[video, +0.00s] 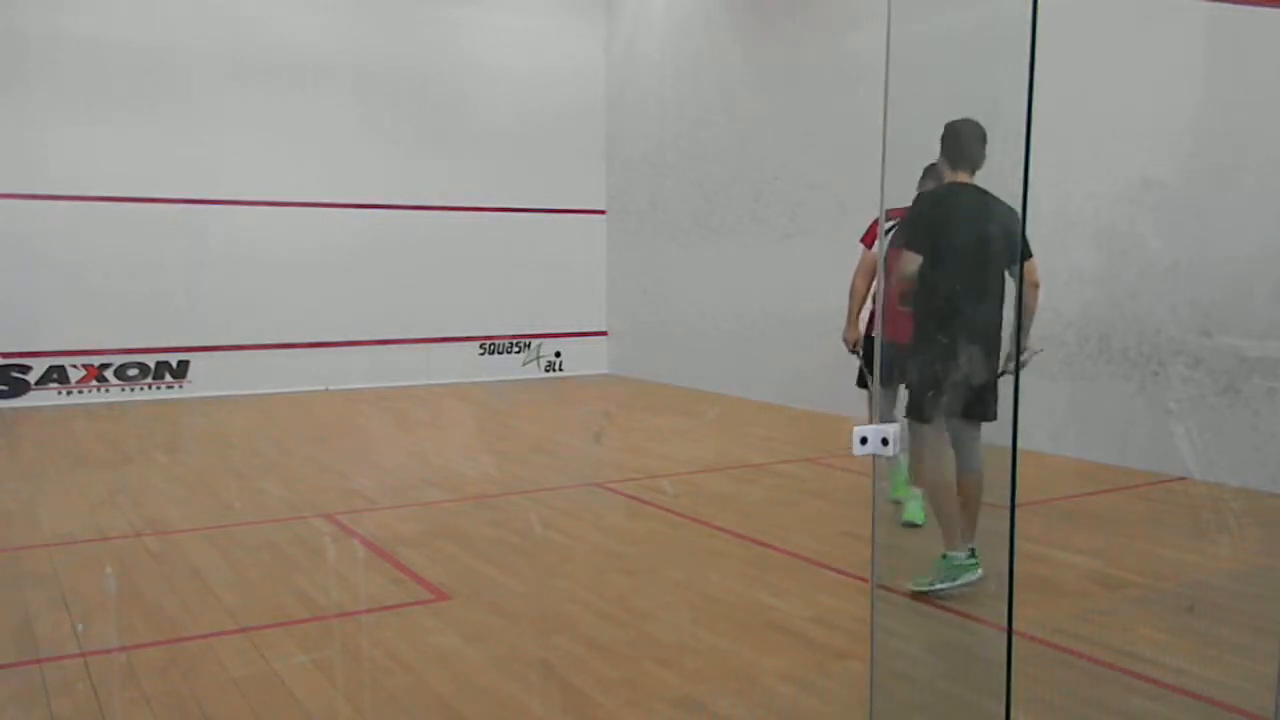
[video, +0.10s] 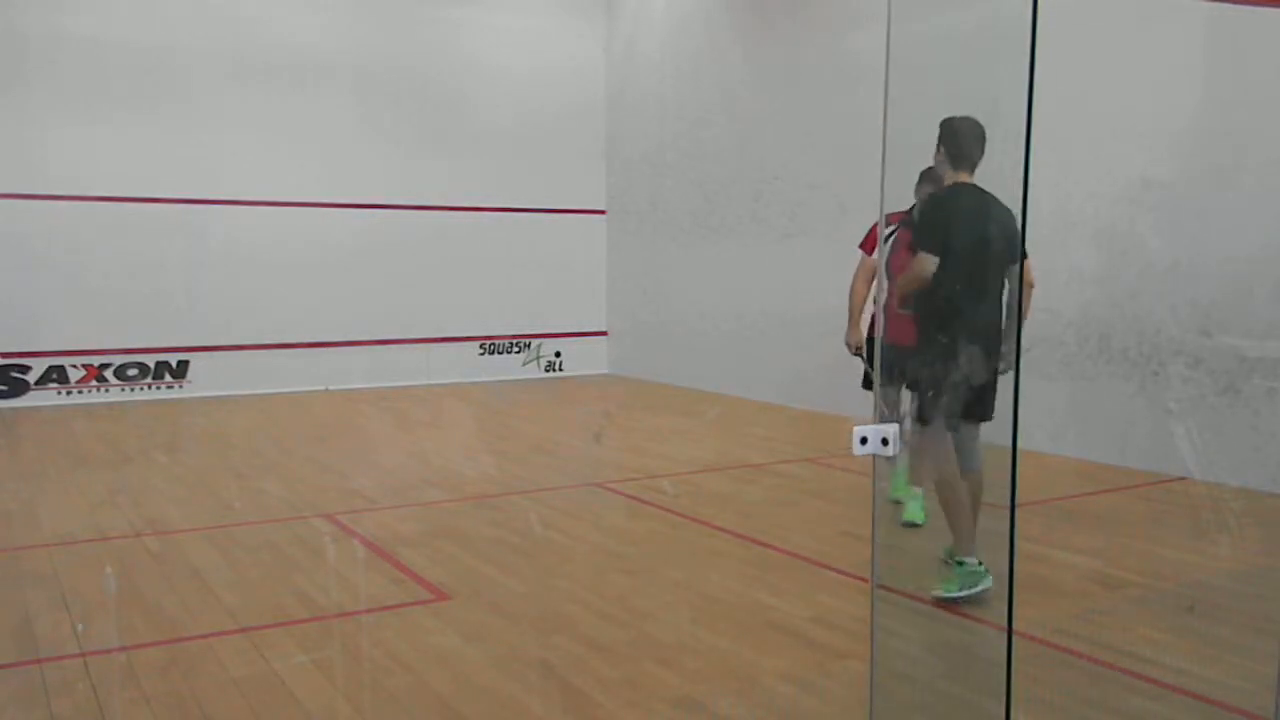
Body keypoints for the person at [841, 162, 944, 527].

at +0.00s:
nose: (931, 196)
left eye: (937, 191)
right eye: (927, 189)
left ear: (948, 194)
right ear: (919, 188)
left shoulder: (953, 231)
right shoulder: (891, 223)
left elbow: (962, 286)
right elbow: (864, 274)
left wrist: (954, 333)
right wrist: (852, 322)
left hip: (929, 339)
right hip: (887, 337)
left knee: (924, 417)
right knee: (882, 411)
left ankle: (916, 489)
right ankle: (898, 478)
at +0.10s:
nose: (928, 202)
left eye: (936, 197)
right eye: (925, 194)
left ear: (946, 199)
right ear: (916, 193)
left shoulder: (952, 234)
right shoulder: (890, 227)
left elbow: (964, 288)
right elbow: (863, 277)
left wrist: (957, 333)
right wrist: (854, 326)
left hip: (932, 341)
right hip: (890, 339)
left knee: (926, 418)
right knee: (888, 412)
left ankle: (917, 490)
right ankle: (898, 479)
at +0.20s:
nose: (927, 215)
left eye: (933, 209)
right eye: (922, 207)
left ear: (943, 208)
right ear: (911, 202)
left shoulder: (950, 240)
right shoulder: (889, 232)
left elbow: (962, 291)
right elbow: (862, 281)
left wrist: (956, 336)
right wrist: (858, 329)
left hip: (934, 345)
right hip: (893, 343)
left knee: (926, 419)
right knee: (891, 413)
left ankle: (919, 487)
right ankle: (898, 475)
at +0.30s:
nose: (927, 218)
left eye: (933, 212)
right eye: (921, 211)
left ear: (942, 209)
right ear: (908, 205)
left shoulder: (948, 238)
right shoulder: (888, 236)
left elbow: (960, 287)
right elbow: (862, 285)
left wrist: (951, 333)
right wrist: (863, 331)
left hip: (935, 344)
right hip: (895, 343)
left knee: (932, 418)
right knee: (892, 414)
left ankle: (925, 483)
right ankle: (898, 477)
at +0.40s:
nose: (928, 215)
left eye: (934, 209)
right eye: (923, 208)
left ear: (942, 206)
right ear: (909, 202)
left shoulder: (949, 236)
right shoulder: (889, 233)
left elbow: (960, 283)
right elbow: (865, 279)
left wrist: (951, 326)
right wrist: (868, 319)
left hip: (936, 341)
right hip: (897, 341)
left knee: (932, 415)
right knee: (895, 410)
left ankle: (935, 481)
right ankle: (898, 472)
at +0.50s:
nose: (932, 212)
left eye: (938, 205)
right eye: (926, 204)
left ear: (948, 203)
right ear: (913, 200)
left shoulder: (955, 234)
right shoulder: (892, 230)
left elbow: (967, 280)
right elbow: (867, 272)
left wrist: (955, 313)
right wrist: (873, 307)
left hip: (942, 335)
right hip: (900, 334)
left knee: (942, 407)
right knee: (899, 406)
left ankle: (947, 470)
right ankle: (901, 471)